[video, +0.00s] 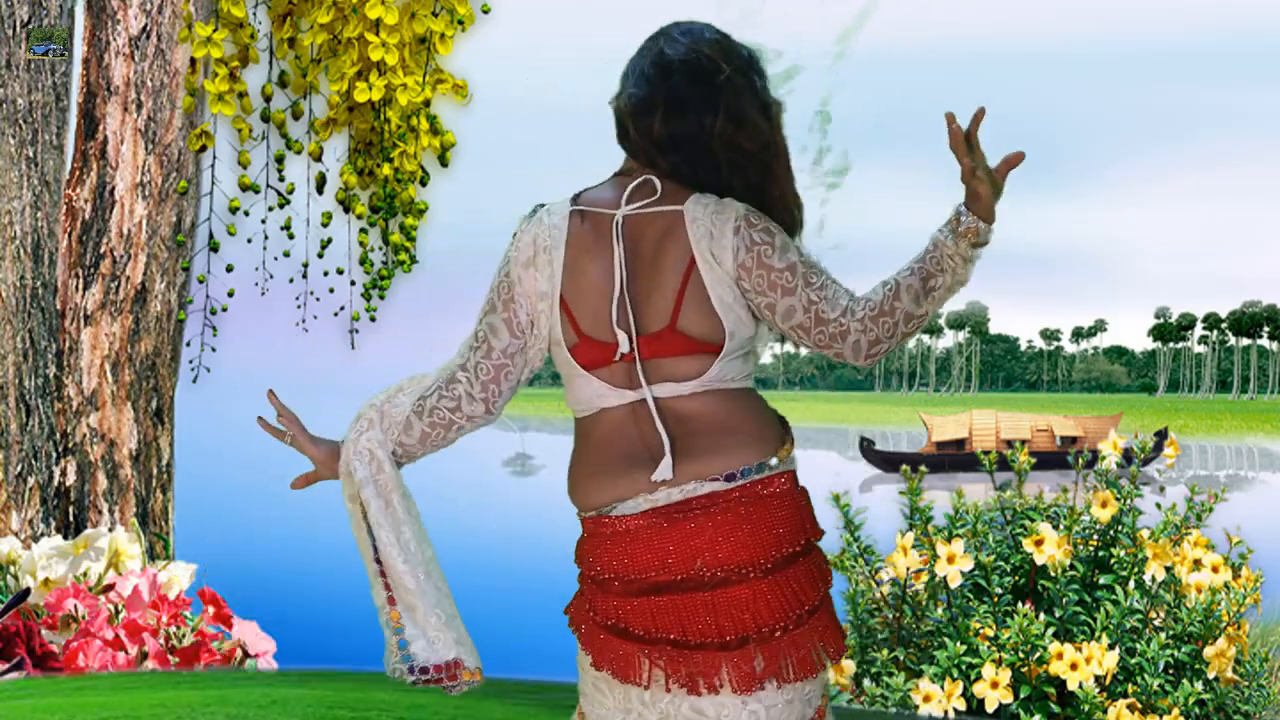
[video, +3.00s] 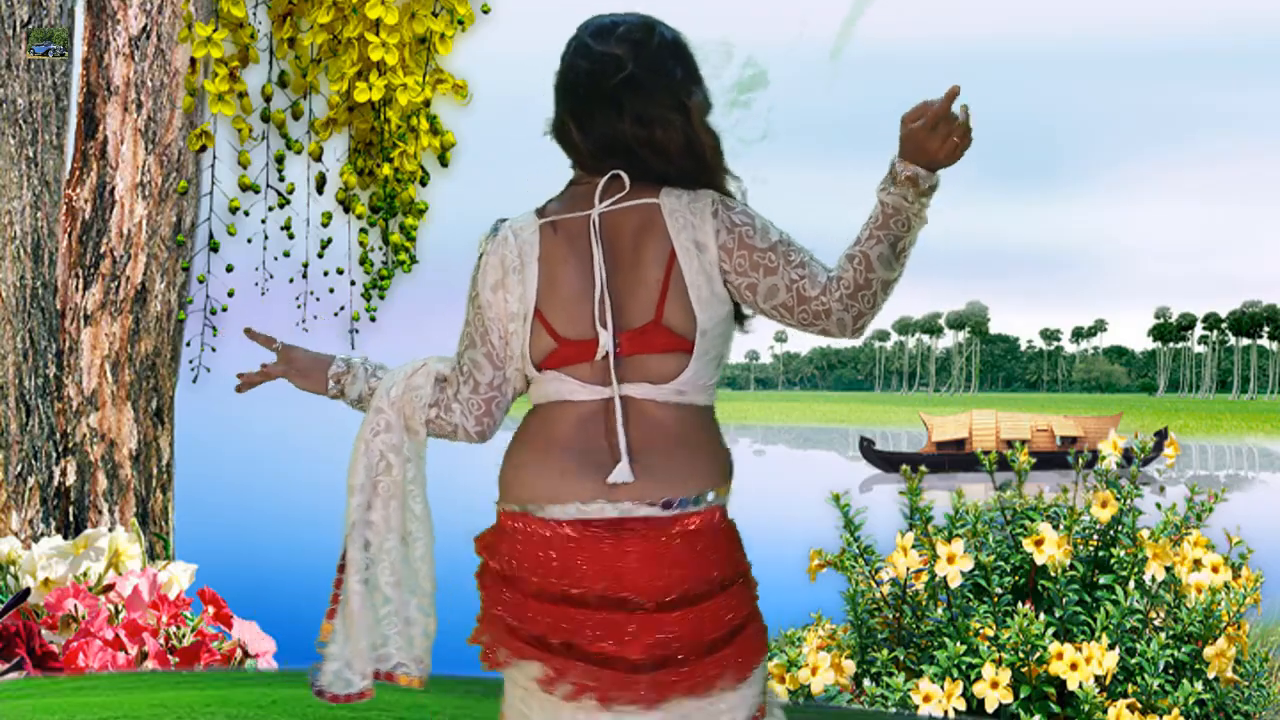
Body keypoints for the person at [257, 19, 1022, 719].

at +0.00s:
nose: (761, 130)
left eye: (754, 110)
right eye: (754, 111)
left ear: (629, 114)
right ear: (735, 119)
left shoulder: (545, 237)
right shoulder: (733, 228)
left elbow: (471, 391)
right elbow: (860, 333)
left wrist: (354, 449)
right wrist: (970, 225)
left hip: (614, 514)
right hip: (743, 499)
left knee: (628, 699)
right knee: (764, 698)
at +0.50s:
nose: (748, 144)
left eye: (739, 122)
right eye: (737, 125)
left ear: (610, 137)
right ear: (716, 141)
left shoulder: (547, 242)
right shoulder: (675, 256)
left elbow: (483, 381)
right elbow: (816, 348)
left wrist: (393, 468)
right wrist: (910, 227)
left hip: (555, 543)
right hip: (656, 541)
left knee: (587, 705)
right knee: (735, 702)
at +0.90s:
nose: (692, 109)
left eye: (685, 88)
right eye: (679, 91)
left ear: (560, 115)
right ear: (652, 110)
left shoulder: (502, 229)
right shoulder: (658, 227)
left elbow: (432, 357)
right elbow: (785, 325)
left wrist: (318, 403)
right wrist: (867, 191)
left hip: (482, 516)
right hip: (600, 539)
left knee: (506, 697)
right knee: (681, 703)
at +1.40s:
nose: (735, 123)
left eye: (725, 102)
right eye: (727, 104)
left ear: (597, 113)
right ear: (709, 116)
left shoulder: (526, 235)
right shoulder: (722, 229)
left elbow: (486, 406)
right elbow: (834, 353)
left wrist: (351, 427)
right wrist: (928, 244)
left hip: (575, 516)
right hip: (715, 505)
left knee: (585, 698)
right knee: (741, 700)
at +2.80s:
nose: (681, 119)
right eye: (670, 101)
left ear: (543, 133)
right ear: (656, 120)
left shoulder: (501, 262)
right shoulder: (696, 235)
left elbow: (446, 421)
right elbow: (830, 310)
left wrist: (330, 350)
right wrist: (887, 173)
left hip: (488, 521)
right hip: (624, 548)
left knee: (490, 696)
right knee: (653, 701)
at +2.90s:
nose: (678, 119)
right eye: (667, 101)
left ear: (541, 128)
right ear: (656, 116)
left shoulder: (502, 255)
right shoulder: (698, 229)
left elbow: (449, 417)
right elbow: (828, 310)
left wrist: (327, 350)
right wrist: (885, 175)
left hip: (499, 518)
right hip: (634, 539)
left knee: (495, 695)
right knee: (657, 703)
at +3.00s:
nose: (705, 110)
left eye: (697, 89)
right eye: (696, 92)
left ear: (570, 115)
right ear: (678, 108)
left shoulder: (514, 243)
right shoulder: (711, 221)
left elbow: (469, 407)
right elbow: (844, 309)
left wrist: (331, 375)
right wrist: (913, 174)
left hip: (543, 522)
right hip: (684, 521)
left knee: (552, 693)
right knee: (710, 700)